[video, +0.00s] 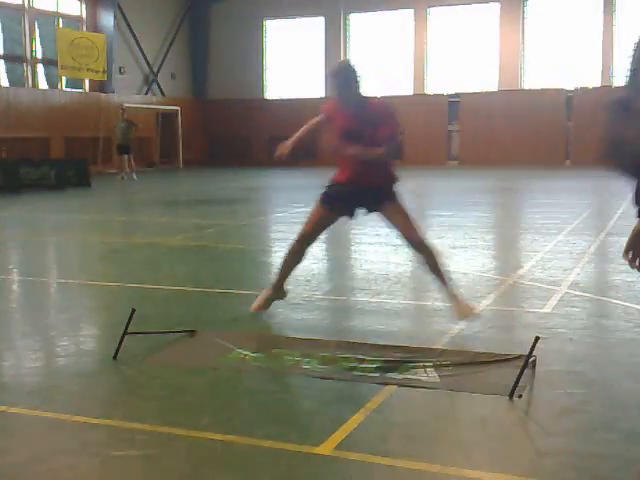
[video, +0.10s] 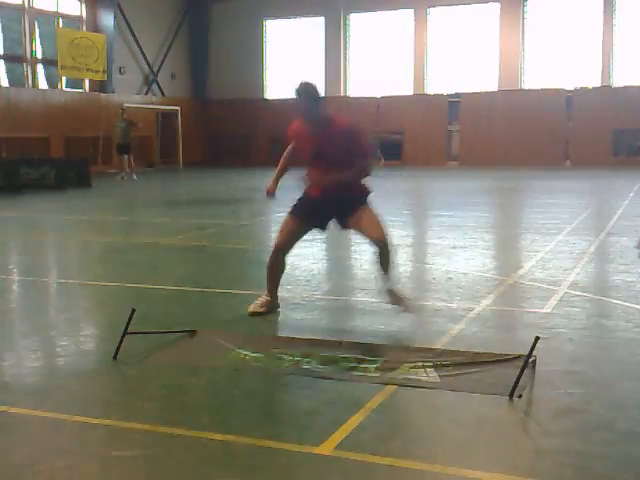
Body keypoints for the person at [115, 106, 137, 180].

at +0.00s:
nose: (122, 115)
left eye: (123, 113)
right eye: (121, 113)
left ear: (125, 114)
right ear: (120, 114)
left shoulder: (128, 122)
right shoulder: (118, 123)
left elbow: (136, 127)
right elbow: (114, 130)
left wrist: (133, 133)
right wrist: (116, 139)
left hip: (127, 142)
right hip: (120, 142)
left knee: (130, 159)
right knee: (122, 159)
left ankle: (133, 173)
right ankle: (123, 173)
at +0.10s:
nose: (122, 115)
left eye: (123, 113)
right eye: (121, 113)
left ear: (125, 114)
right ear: (119, 114)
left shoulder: (129, 122)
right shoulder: (118, 122)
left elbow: (137, 126)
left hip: (127, 142)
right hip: (120, 142)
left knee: (130, 159)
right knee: (121, 159)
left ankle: (133, 173)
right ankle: (123, 173)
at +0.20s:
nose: (122, 115)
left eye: (123, 113)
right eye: (121, 113)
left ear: (125, 114)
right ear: (120, 114)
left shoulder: (128, 122)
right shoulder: (118, 123)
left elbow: (136, 126)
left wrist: (130, 122)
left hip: (127, 142)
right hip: (120, 142)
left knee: (130, 158)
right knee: (121, 159)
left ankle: (133, 173)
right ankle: (123, 173)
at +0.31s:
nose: (122, 115)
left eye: (124, 113)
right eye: (121, 113)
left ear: (126, 113)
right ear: (120, 113)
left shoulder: (128, 122)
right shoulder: (119, 122)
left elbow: (136, 125)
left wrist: (128, 121)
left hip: (127, 142)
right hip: (120, 142)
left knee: (130, 159)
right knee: (121, 159)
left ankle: (133, 173)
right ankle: (123, 173)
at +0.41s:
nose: (122, 115)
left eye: (124, 113)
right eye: (121, 113)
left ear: (126, 113)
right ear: (120, 113)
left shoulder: (129, 122)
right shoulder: (118, 122)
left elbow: (134, 129)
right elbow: (115, 133)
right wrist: (115, 143)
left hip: (128, 141)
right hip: (120, 142)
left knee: (130, 158)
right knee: (121, 159)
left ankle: (133, 173)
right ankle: (123, 173)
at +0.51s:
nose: (123, 115)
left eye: (125, 113)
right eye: (122, 113)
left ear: (126, 113)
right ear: (120, 113)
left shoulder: (129, 122)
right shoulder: (118, 122)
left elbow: (134, 129)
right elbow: (114, 128)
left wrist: (130, 135)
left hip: (128, 142)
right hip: (120, 142)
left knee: (131, 158)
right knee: (121, 159)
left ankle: (133, 173)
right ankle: (122, 173)